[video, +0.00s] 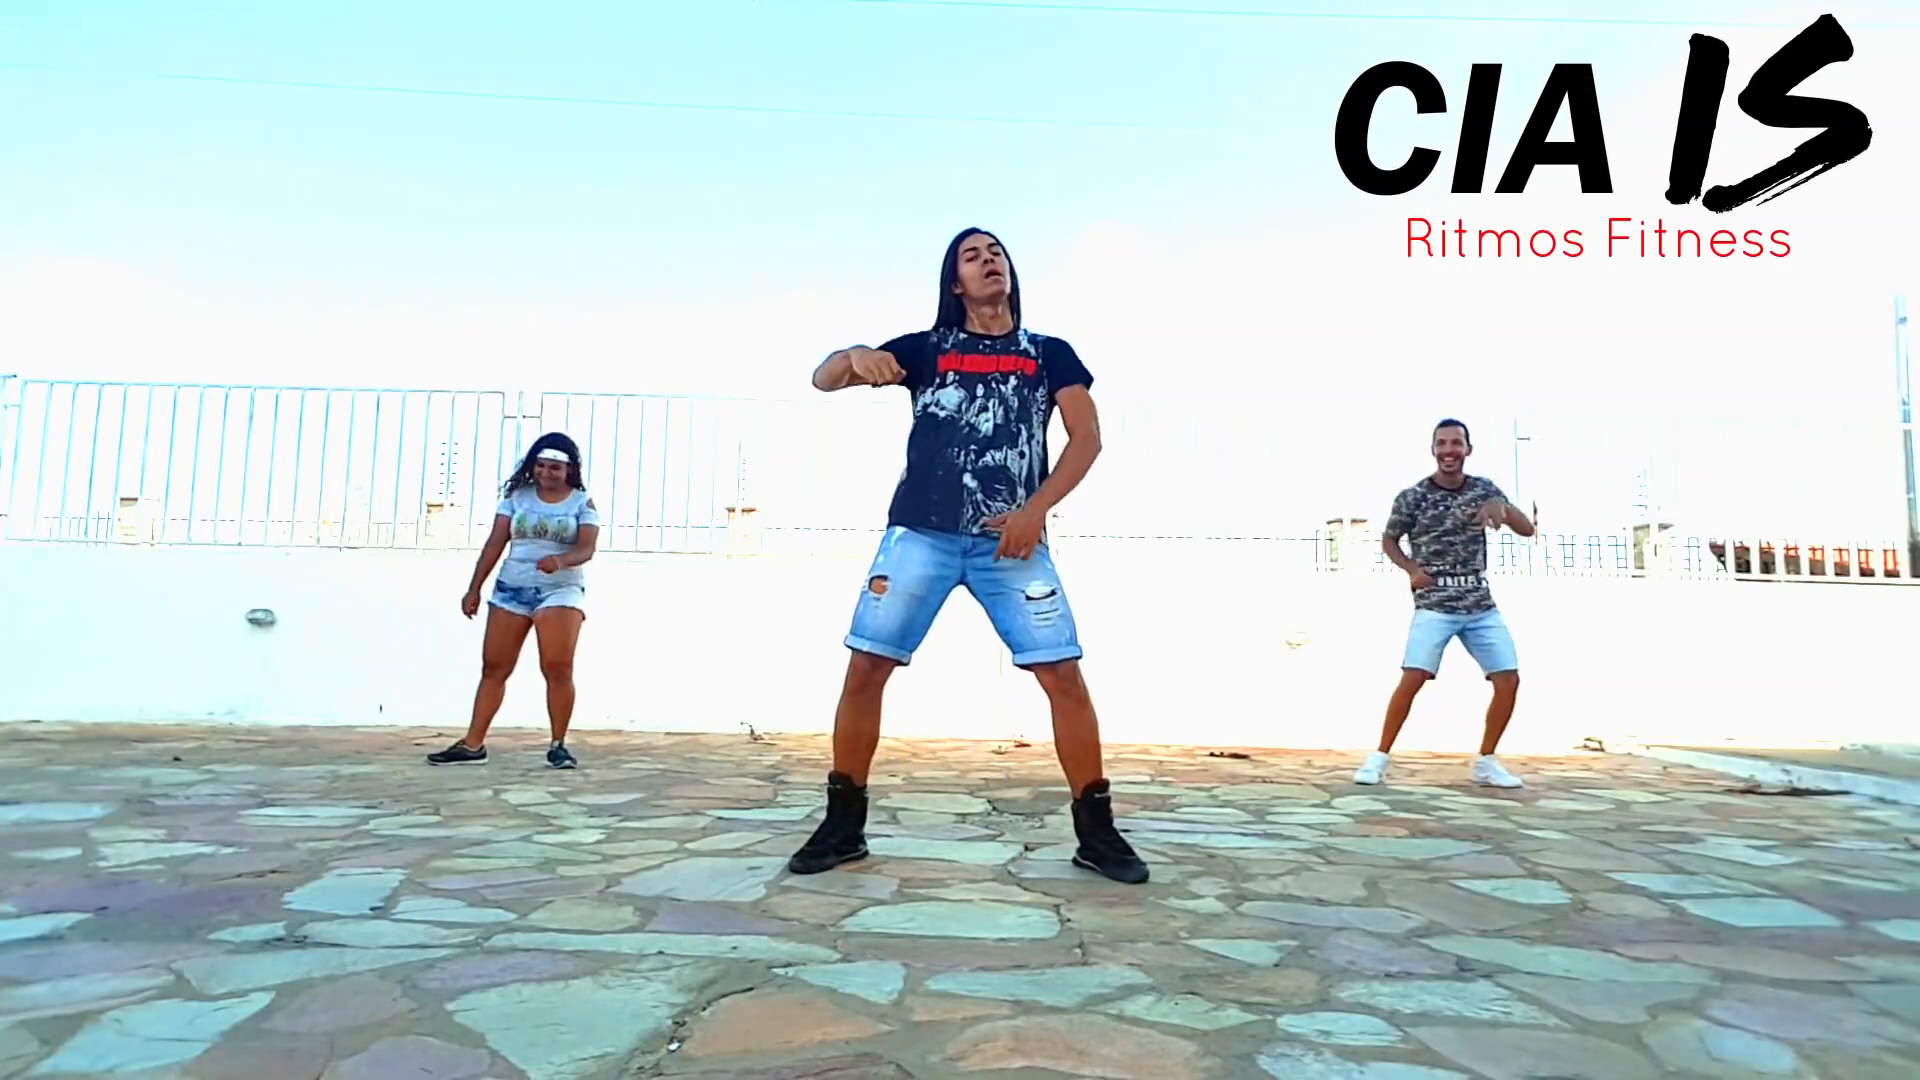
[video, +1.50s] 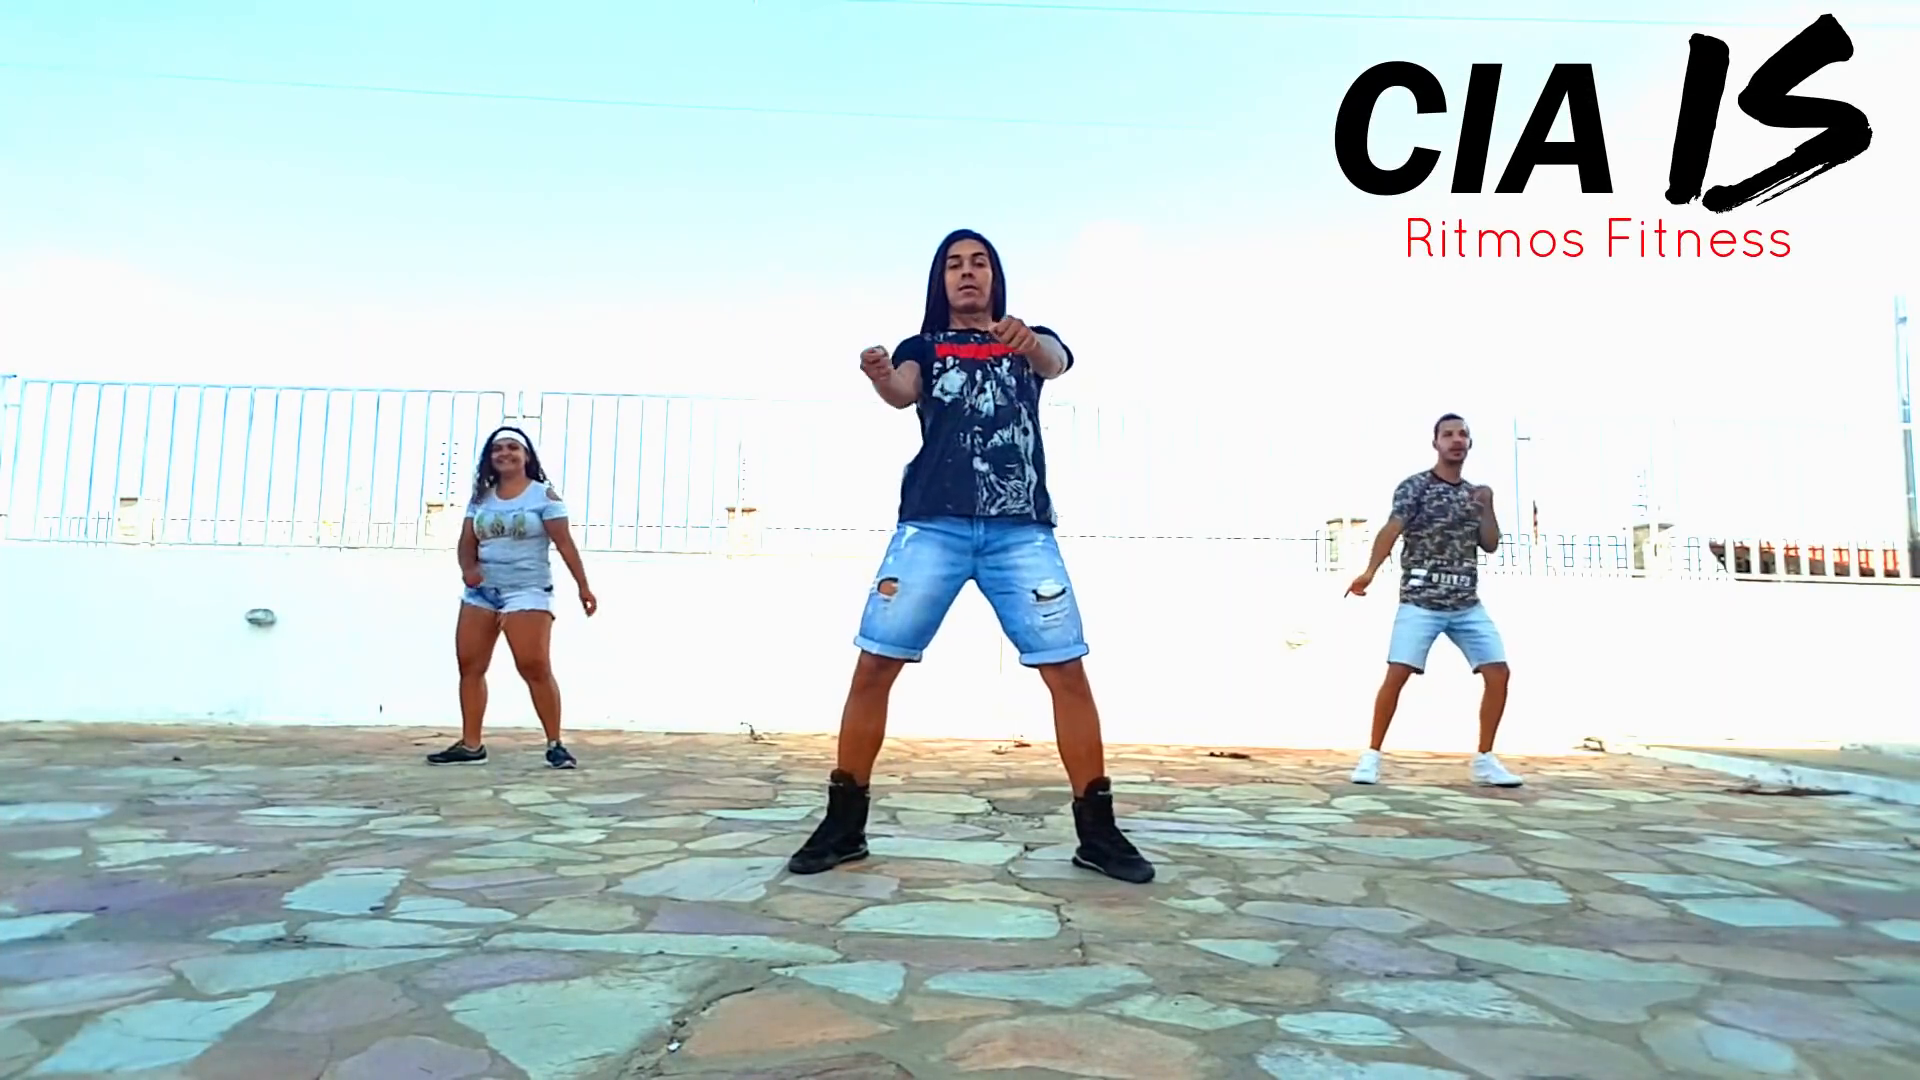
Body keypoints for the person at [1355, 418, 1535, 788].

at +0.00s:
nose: (1449, 450)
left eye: (1456, 443)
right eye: (1442, 443)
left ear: (1467, 450)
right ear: (1433, 449)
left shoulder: (1484, 490)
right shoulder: (1412, 498)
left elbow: (1527, 530)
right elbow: (1389, 541)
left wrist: (1502, 508)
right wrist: (1410, 568)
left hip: (1480, 606)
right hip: (1434, 606)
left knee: (1508, 679)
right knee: (1414, 676)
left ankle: (1486, 761)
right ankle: (1380, 755)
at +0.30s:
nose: (1472, 424)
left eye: (1480, 418)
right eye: (1465, 418)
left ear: (1492, 427)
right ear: (1456, 427)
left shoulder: (1502, 478)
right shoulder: (1438, 469)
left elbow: (1508, 530)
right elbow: (1437, 507)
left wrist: (1518, 569)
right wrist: (1487, 484)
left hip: (1478, 593)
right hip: (1431, 588)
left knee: (1490, 670)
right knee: (1407, 661)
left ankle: (1483, 758)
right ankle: (1379, 746)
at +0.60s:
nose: (1469, 440)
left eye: (1475, 434)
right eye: (1462, 434)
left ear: (1486, 443)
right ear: (1450, 443)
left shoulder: (1495, 498)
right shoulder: (1429, 483)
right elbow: (1444, 517)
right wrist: (1476, 487)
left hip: (1482, 603)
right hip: (1432, 600)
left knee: (1501, 671)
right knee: (1399, 658)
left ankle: (1484, 760)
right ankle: (1379, 751)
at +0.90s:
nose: (1432, 443)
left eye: (1438, 437)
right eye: (1425, 437)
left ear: (1449, 444)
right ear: (1415, 445)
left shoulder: (1470, 483)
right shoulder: (1403, 490)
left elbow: (1472, 535)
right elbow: (1415, 528)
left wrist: (1438, 564)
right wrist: (1447, 489)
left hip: (1459, 605)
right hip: (1411, 602)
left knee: (1497, 675)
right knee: (1390, 671)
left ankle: (1484, 759)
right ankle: (1368, 755)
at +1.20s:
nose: (1457, 435)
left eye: (1462, 429)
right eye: (1449, 429)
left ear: (1470, 437)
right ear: (1435, 437)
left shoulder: (1480, 485)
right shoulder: (1414, 481)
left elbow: (1499, 532)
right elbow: (1383, 526)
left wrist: (1479, 535)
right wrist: (1407, 523)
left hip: (1463, 598)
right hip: (1418, 596)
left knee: (1493, 671)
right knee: (1394, 670)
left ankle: (1484, 758)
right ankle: (1368, 754)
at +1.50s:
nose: (1457, 440)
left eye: (1462, 435)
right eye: (1449, 434)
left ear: (1470, 444)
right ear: (1435, 443)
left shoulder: (1478, 494)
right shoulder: (1414, 487)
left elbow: (1490, 545)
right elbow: (1390, 532)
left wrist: (1486, 510)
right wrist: (1368, 574)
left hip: (1466, 604)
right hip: (1419, 603)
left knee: (1498, 673)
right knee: (1398, 673)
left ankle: (1484, 759)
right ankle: (1372, 755)